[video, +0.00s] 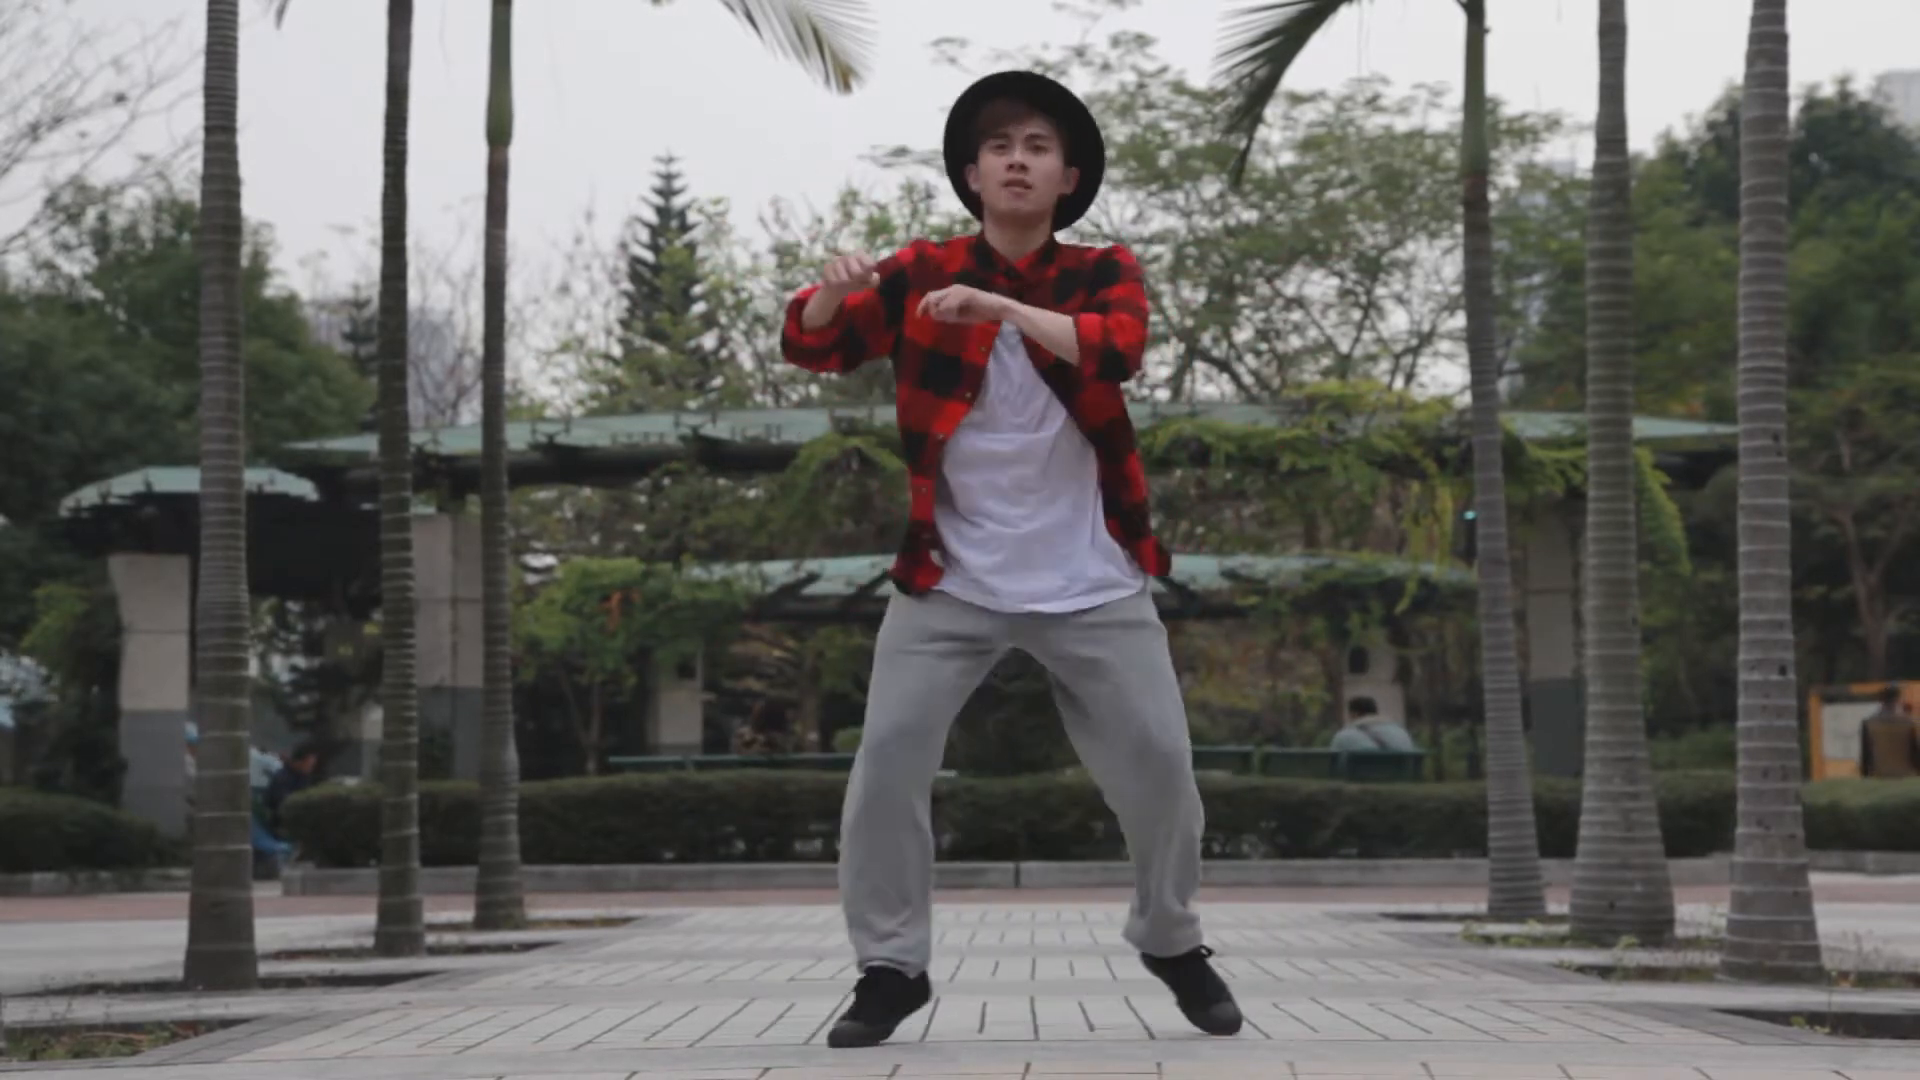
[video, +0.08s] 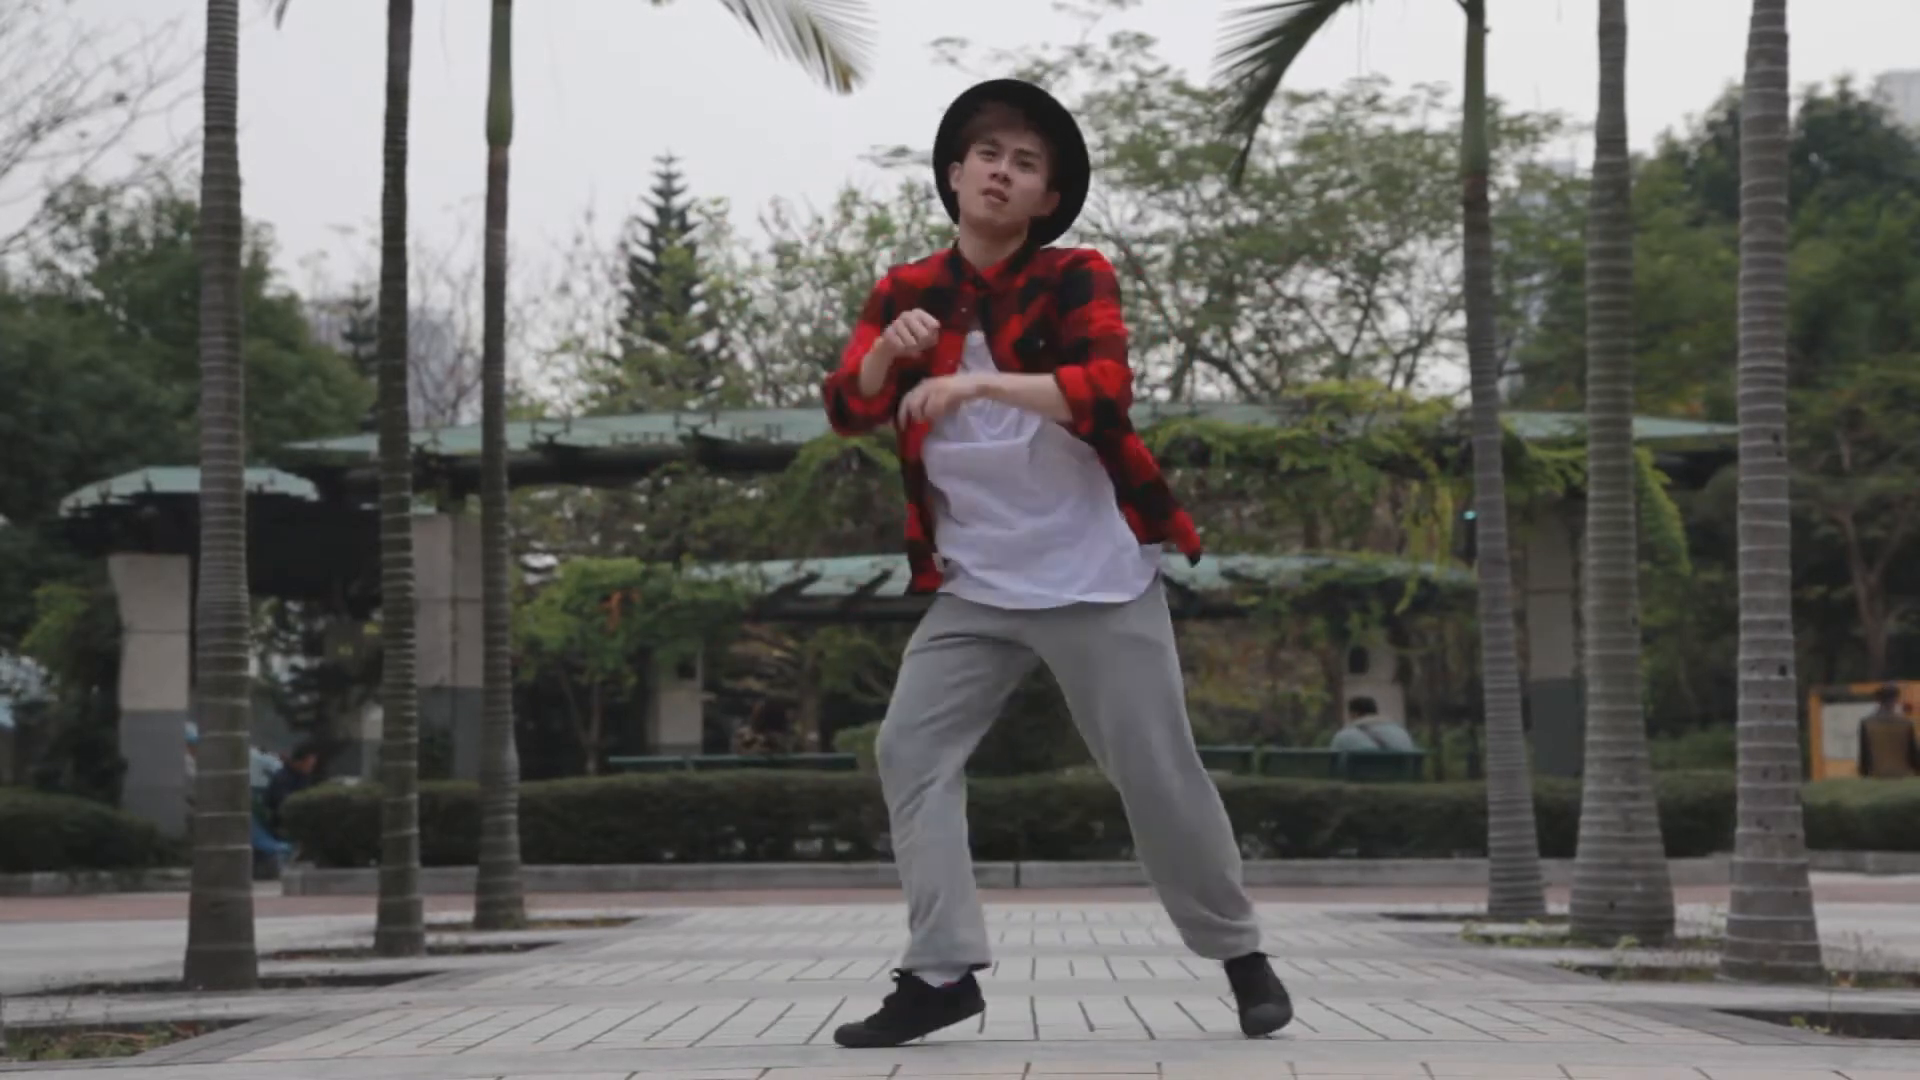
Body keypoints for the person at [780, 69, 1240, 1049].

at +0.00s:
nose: (1016, 162)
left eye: (1038, 146)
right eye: (996, 146)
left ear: (1072, 173)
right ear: (969, 171)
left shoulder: (1103, 268)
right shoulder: (925, 271)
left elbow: (1118, 350)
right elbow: (810, 344)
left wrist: (1000, 309)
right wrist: (826, 294)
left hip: (1094, 580)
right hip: (951, 580)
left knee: (1162, 768)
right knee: (886, 757)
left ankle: (1170, 940)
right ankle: (891, 966)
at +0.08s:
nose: (998, 172)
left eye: (1025, 163)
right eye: (983, 152)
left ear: (1051, 198)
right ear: (949, 172)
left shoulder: (1077, 276)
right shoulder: (907, 289)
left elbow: (1107, 389)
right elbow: (849, 412)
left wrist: (981, 383)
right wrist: (886, 352)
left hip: (1098, 578)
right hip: (974, 585)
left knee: (1153, 767)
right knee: (910, 749)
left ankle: (1242, 953)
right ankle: (943, 969)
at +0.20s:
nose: (967, 254)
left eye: (993, 245)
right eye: (953, 232)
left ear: (1017, 280)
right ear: (919, 249)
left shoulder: (1041, 364)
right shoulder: (896, 389)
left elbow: (1095, 495)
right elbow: (926, 523)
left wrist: (1107, 630)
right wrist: (953, 486)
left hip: (1121, 616)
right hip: (1011, 640)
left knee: (1213, 794)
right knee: (915, 776)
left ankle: (1311, 982)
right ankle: (950, 997)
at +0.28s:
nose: (948, 270)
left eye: (973, 258)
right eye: (933, 248)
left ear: (1002, 283)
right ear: (905, 259)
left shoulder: (1039, 370)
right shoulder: (882, 388)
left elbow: (1123, 479)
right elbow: (877, 527)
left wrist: (1221, 581)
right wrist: (892, 485)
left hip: (1113, 624)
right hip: (996, 636)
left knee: (1214, 802)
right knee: (902, 779)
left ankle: (1300, 975)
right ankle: (947, 999)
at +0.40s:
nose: (938, 208)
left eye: (960, 189)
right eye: (922, 190)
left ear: (1001, 200)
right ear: (904, 201)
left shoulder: (1059, 291)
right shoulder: (870, 289)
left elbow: (1175, 359)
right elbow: (792, 349)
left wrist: (1249, 437)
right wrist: (755, 384)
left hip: (1061, 555)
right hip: (933, 567)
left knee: (1114, 741)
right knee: (898, 743)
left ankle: (1197, 916)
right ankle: (926, 962)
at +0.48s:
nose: (930, 202)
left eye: (949, 180)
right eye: (915, 185)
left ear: (999, 180)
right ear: (903, 191)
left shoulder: (1066, 267)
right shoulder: (874, 261)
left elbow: (1198, 316)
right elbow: (763, 283)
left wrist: (1289, 409)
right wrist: (682, 361)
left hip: (1021, 537)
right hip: (895, 529)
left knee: (1015, 726)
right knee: (869, 716)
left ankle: (1069, 912)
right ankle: (873, 947)